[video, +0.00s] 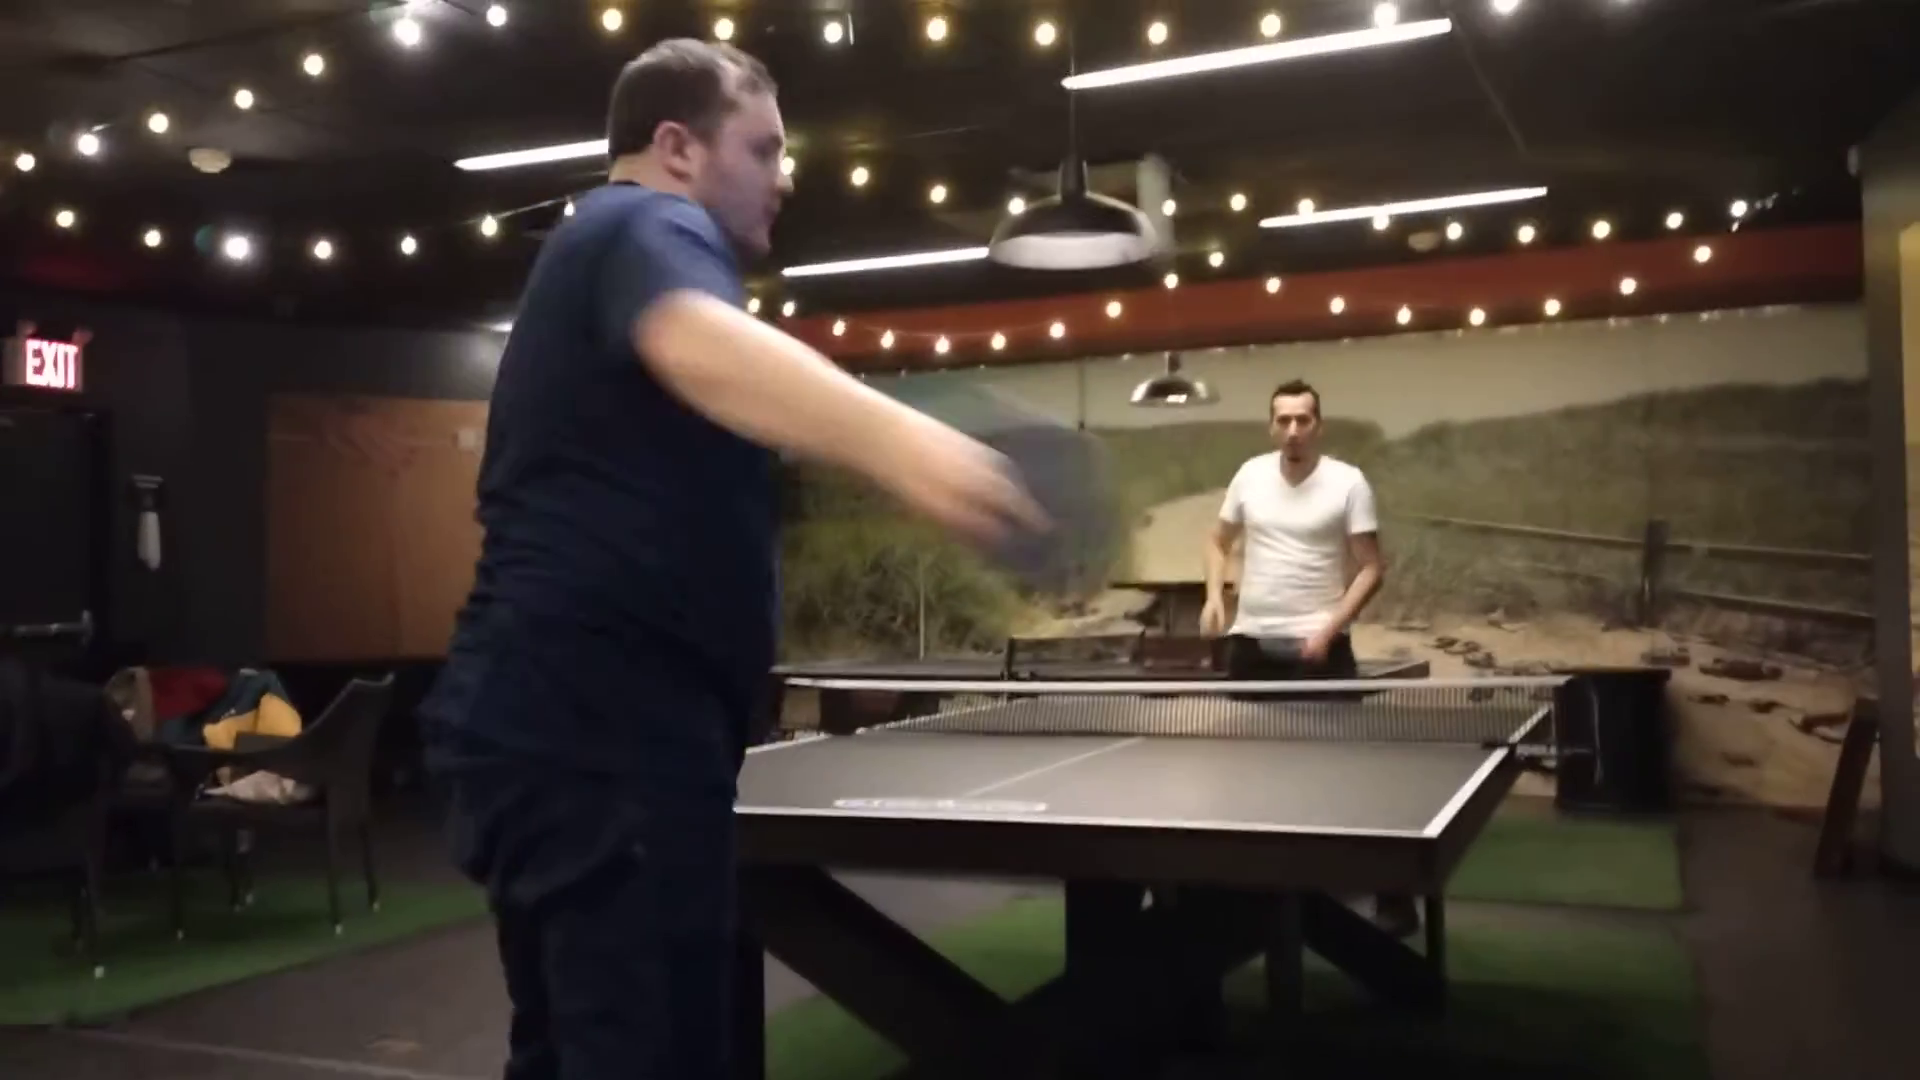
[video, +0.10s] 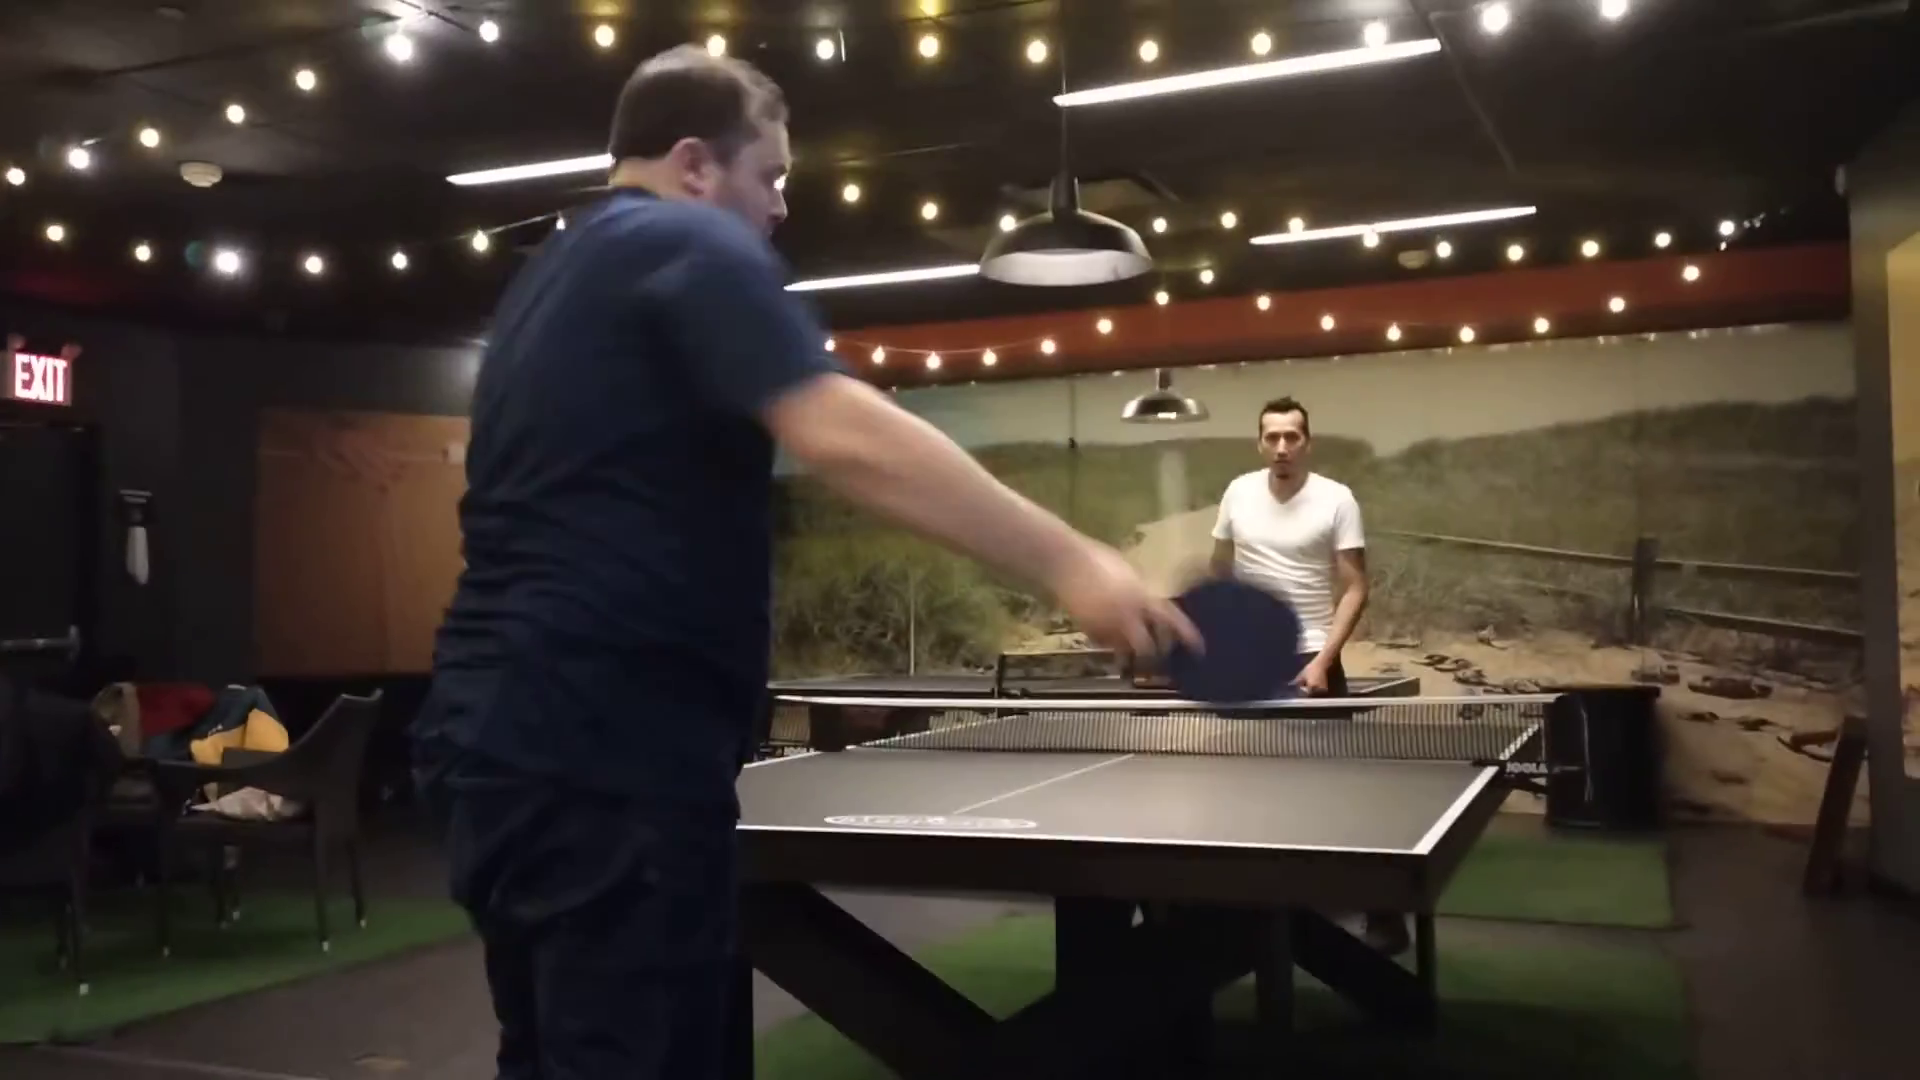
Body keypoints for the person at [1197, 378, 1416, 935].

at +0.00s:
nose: (1293, 429)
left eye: (1302, 420)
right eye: (1284, 420)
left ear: (1320, 425)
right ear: (1271, 426)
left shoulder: (1348, 483)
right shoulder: (1251, 476)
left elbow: (1372, 569)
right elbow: (1218, 541)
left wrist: (1329, 626)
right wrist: (1214, 597)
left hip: (1320, 648)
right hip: (1251, 646)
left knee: (1339, 764)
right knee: (1245, 761)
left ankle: (1383, 893)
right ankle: (1242, 889)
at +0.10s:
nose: (1282, 447)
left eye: (1292, 438)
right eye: (1273, 438)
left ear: (1308, 442)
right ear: (1260, 443)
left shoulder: (1336, 500)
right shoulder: (1239, 492)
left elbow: (1355, 589)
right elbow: (1219, 570)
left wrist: (1324, 659)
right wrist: (1218, 638)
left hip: (1313, 659)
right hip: (1250, 658)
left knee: (1334, 777)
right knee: (1251, 776)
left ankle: (1377, 910)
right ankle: (1253, 907)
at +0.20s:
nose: (1272, 454)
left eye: (1281, 445)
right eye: (1262, 446)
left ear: (1298, 450)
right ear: (1250, 451)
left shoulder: (1327, 507)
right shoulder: (1230, 500)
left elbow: (1346, 596)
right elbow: (1211, 579)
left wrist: (1319, 668)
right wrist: (1199, 651)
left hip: (1298, 672)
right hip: (1230, 670)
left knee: (1326, 792)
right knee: (1222, 790)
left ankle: (1373, 920)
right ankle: (1221, 923)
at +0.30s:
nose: (1264, 461)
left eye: (1273, 452)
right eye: (1254, 452)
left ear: (1290, 455)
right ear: (1242, 457)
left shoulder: (1320, 512)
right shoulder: (1222, 505)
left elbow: (1340, 601)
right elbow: (1204, 587)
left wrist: (1314, 672)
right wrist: (1195, 661)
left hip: (1292, 679)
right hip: (1225, 677)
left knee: (1316, 796)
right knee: (1221, 796)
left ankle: (1368, 927)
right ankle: (1221, 929)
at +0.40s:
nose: (1250, 465)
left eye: (1259, 455)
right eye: (1241, 457)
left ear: (1278, 459)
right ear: (1230, 463)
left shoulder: (1309, 513)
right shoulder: (1213, 510)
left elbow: (1331, 603)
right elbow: (1199, 593)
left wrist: (1300, 675)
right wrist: (1188, 667)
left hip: (1285, 680)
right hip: (1219, 678)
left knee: (1312, 797)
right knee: (1212, 796)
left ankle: (1363, 929)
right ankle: (1212, 929)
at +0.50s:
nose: (1223, 479)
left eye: (1232, 467)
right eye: (1214, 471)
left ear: (1254, 466)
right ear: (1207, 475)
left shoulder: (1289, 517)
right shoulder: (1200, 523)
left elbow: (1312, 601)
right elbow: (1196, 606)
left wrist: (1268, 664)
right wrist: (1178, 670)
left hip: (1281, 683)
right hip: (1213, 682)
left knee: (1313, 800)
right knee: (1193, 797)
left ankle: (1362, 933)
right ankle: (1198, 932)